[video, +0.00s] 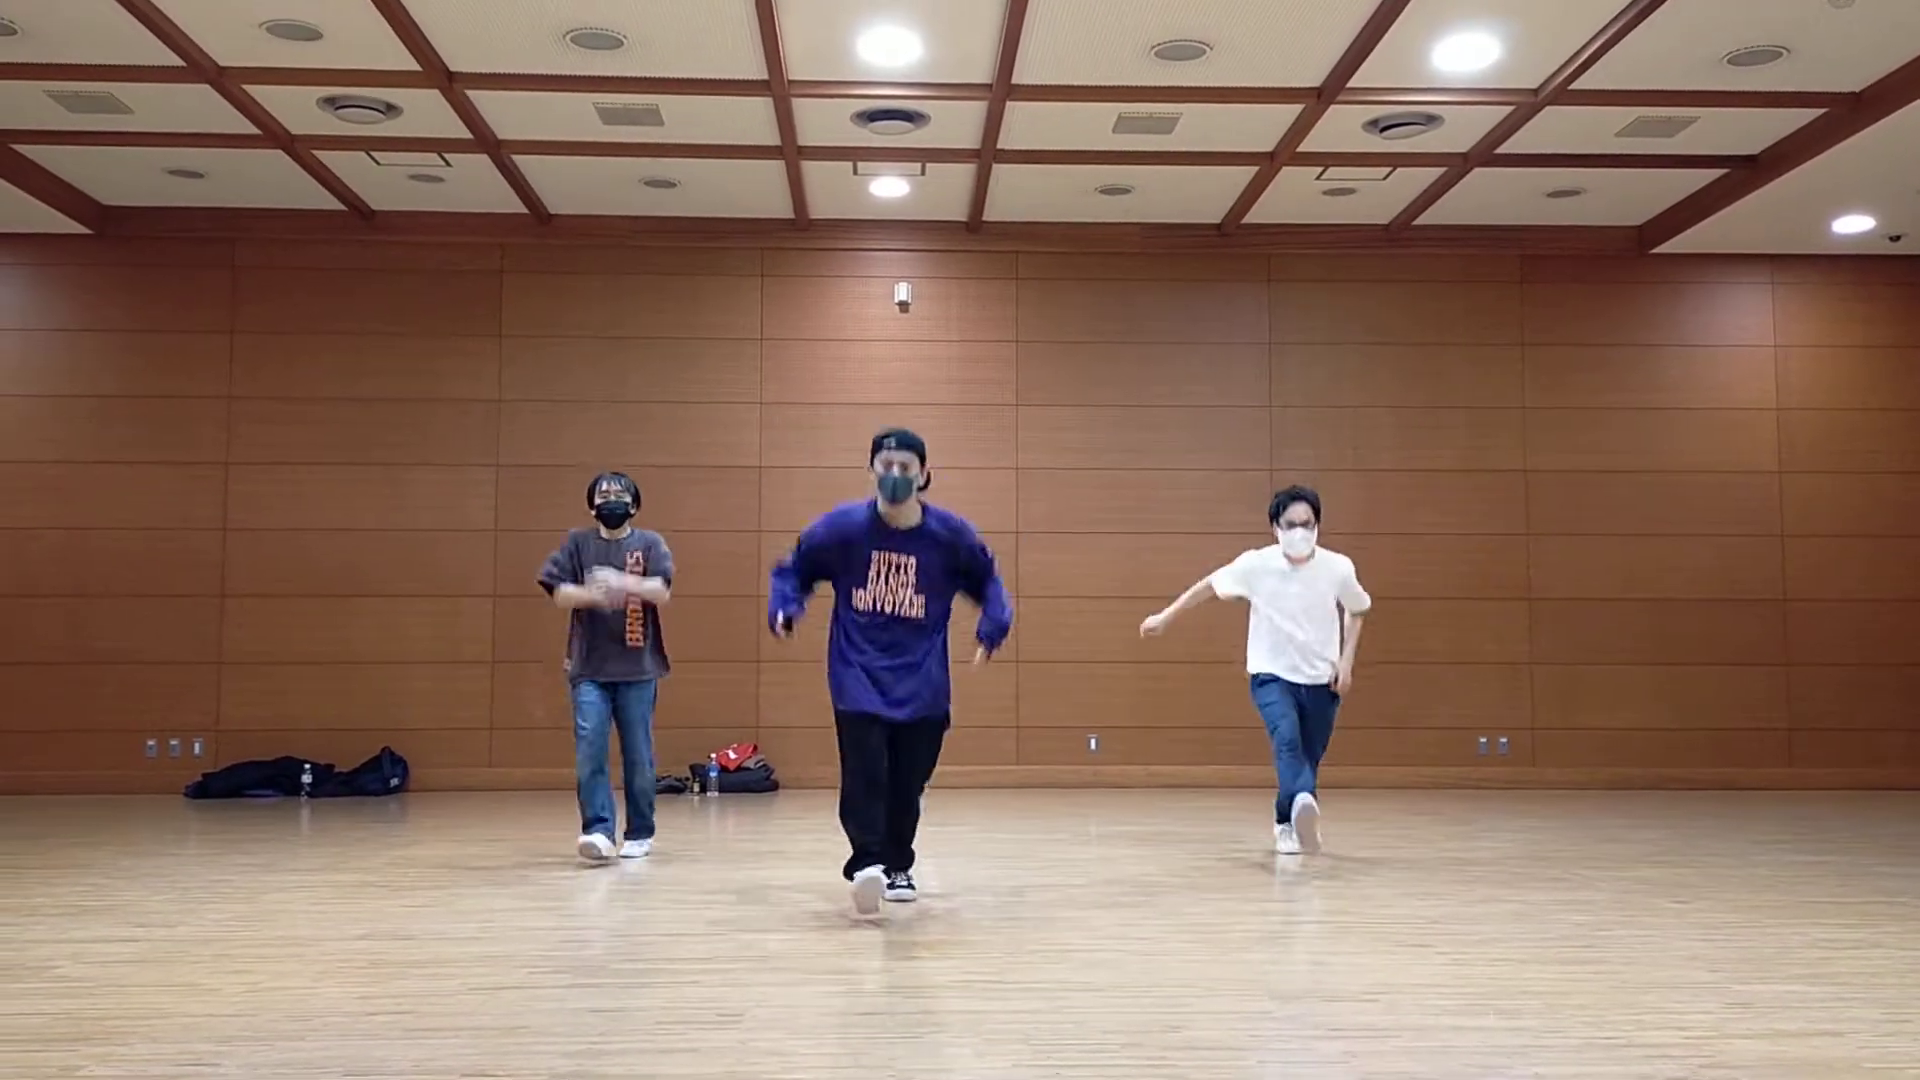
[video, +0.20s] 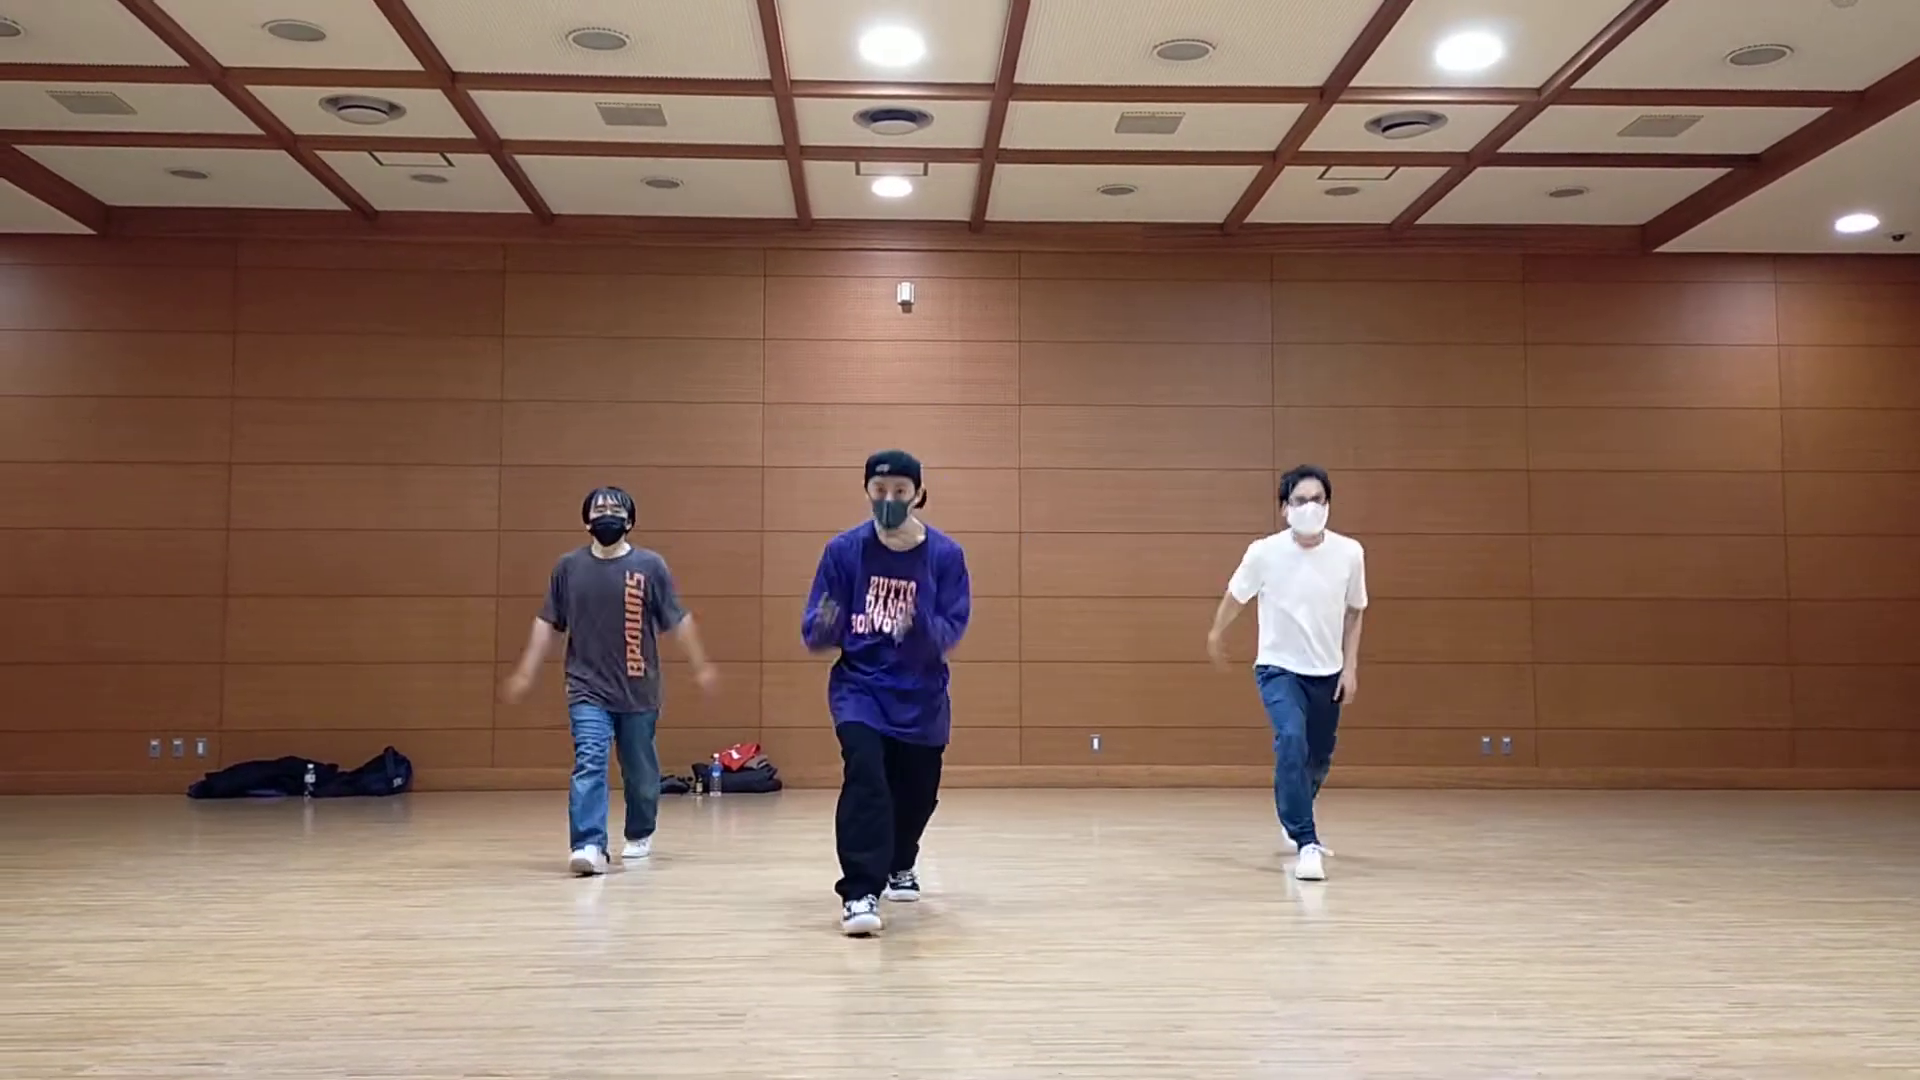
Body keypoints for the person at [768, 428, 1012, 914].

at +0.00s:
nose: (894, 474)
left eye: (905, 467)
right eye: (886, 465)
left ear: (922, 475)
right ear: (873, 471)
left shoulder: (950, 534)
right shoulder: (844, 526)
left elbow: (988, 580)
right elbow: (793, 569)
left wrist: (995, 619)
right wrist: (785, 601)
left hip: (922, 675)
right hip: (858, 672)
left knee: (908, 779)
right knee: (866, 768)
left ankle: (898, 869)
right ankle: (867, 868)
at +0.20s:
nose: (889, 499)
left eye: (899, 491)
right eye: (880, 490)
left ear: (918, 495)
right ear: (868, 493)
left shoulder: (944, 555)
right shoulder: (844, 551)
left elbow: (951, 631)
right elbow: (814, 632)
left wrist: (920, 622)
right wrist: (826, 629)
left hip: (920, 695)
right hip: (860, 689)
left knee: (917, 791)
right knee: (867, 778)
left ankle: (901, 864)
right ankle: (860, 892)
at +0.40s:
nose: (891, 433)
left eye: (901, 425)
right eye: (881, 426)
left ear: (919, 437)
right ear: (867, 437)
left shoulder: (947, 493)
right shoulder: (841, 497)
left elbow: (949, 567)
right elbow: (822, 564)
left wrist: (893, 535)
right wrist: (863, 535)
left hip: (930, 663)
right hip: (864, 663)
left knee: (927, 775)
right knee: (870, 780)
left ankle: (917, 857)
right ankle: (870, 893)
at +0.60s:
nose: (898, 438)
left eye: (909, 431)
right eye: (888, 431)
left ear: (926, 446)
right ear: (872, 444)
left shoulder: (956, 518)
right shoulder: (845, 517)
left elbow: (962, 609)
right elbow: (841, 611)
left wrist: (931, 676)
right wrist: (878, 679)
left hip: (929, 683)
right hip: (861, 684)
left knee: (917, 781)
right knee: (873, 787)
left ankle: (914, 897)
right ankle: (875, 901)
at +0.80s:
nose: (904, 389)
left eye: (915, 382)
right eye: (894, 382)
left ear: (933, 401)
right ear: (877, 399)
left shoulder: (957, 471)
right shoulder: (849, 468)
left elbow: (981, 550)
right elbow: (813, 539)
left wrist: (992, 605)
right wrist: (809, 586)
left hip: (933, 647)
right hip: (862, 648)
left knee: (942, 767)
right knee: (858, 768)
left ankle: (947, 886)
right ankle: (857, 888)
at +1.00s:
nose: (903, 426)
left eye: (915, 420)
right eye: (893, 419)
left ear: (934, 439)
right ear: (877, 436)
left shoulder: (964, 511)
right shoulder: (845, 509)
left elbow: (1018, 580)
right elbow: (787, 580)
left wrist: (1073, 617)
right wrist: (741, 636)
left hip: (938, 687)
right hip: (857, 687)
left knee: (986, 791)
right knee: (809, 798)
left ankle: (1051, 900)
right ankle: (747, 904)